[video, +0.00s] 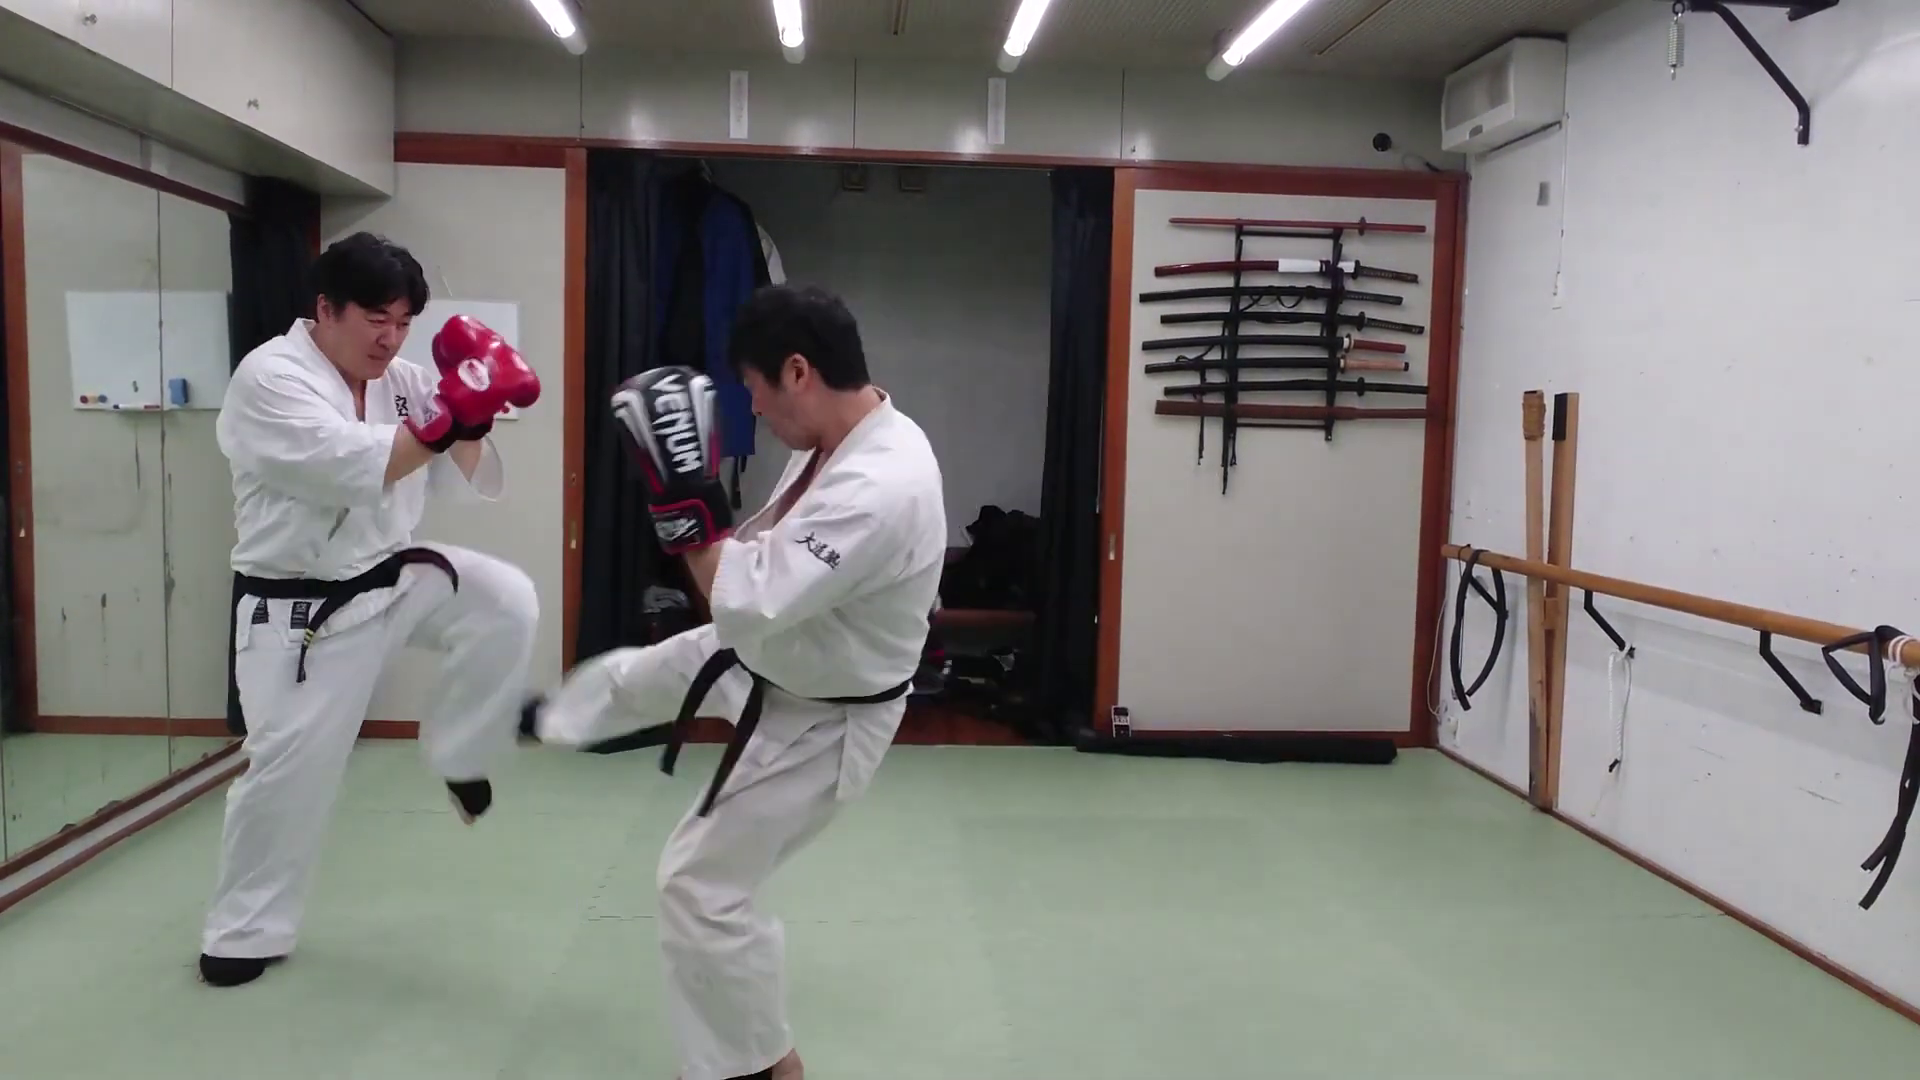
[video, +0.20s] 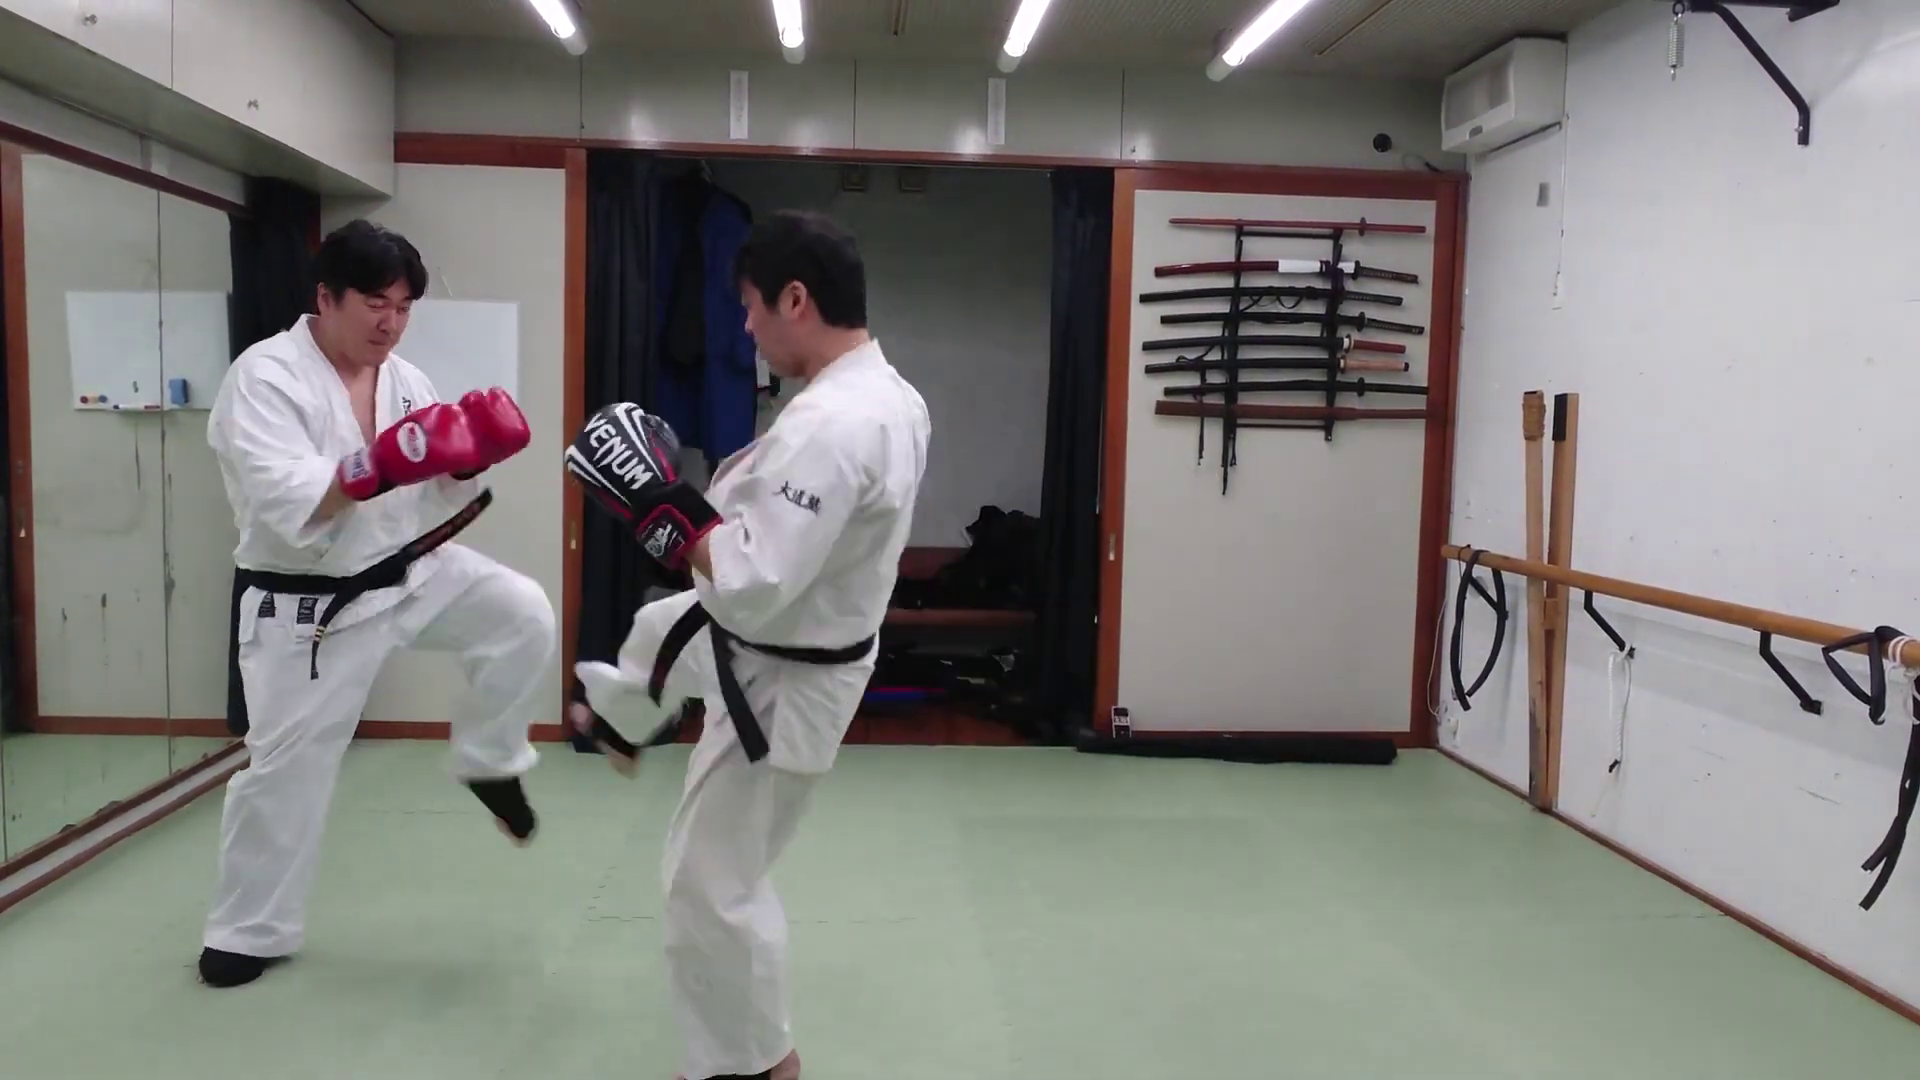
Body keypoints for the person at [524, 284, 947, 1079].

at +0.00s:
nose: (754, 407)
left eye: (755, 387)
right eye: (749, 389)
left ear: (800, 373)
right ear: (812, 370)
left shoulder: (876, 488)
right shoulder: (837, 442)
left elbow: (737, 601)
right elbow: (759, 543)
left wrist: (682, 492)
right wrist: (701, 530)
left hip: (829, 715)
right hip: (776, 659)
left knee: (698, 882)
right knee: (647, 674)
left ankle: (772, 1064)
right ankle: (557, 719)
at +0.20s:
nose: (749, 331)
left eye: (752, 310)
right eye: (746, 312)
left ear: (797, 302)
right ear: (827, 302)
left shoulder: (828, 423)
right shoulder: (884, 396)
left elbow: (751, 588)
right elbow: (762, 501)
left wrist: (667, 516)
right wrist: (689, 492)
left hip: (788, 680)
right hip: (806, 650)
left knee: (706, 882)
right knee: (661, 626)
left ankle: (757, 1062)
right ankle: (624, 719)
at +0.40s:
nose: (756, 289)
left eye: (760, 271)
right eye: (754, 271)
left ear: (799, 271)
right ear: (843, 272)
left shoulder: (793, 389)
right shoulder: (887, 372)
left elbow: (774, 554)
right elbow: (846, 477)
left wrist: (664, 512)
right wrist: (749, 400)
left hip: (776, 667)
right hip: (858, 654)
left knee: (734, 868)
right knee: (820, 790)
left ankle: (753, 1062)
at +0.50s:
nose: (763, 286)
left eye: (766, 268)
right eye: (761, 270)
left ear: (803, 269)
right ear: (858, 271)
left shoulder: (796, 389)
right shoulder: (911, 380)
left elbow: (759, 553)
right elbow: (860, 462)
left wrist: (665, 511)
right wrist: (759, 379)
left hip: (781, 667)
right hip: (881, 661)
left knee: (751, 872)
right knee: (881, 842)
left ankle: (751, 1064)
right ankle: (941, 1028)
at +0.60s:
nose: (773, 288)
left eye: (778, 269)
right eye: (773, 270)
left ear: (815, 265)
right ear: (869, 268)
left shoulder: (807, 384)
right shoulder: (933, 381)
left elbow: (756, 552)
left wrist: (676, 484)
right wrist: (789, 375)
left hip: (806, 670)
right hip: (914, 666)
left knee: (766, 885)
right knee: (926, 875)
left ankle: (752, 1068)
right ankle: (985, 1070)